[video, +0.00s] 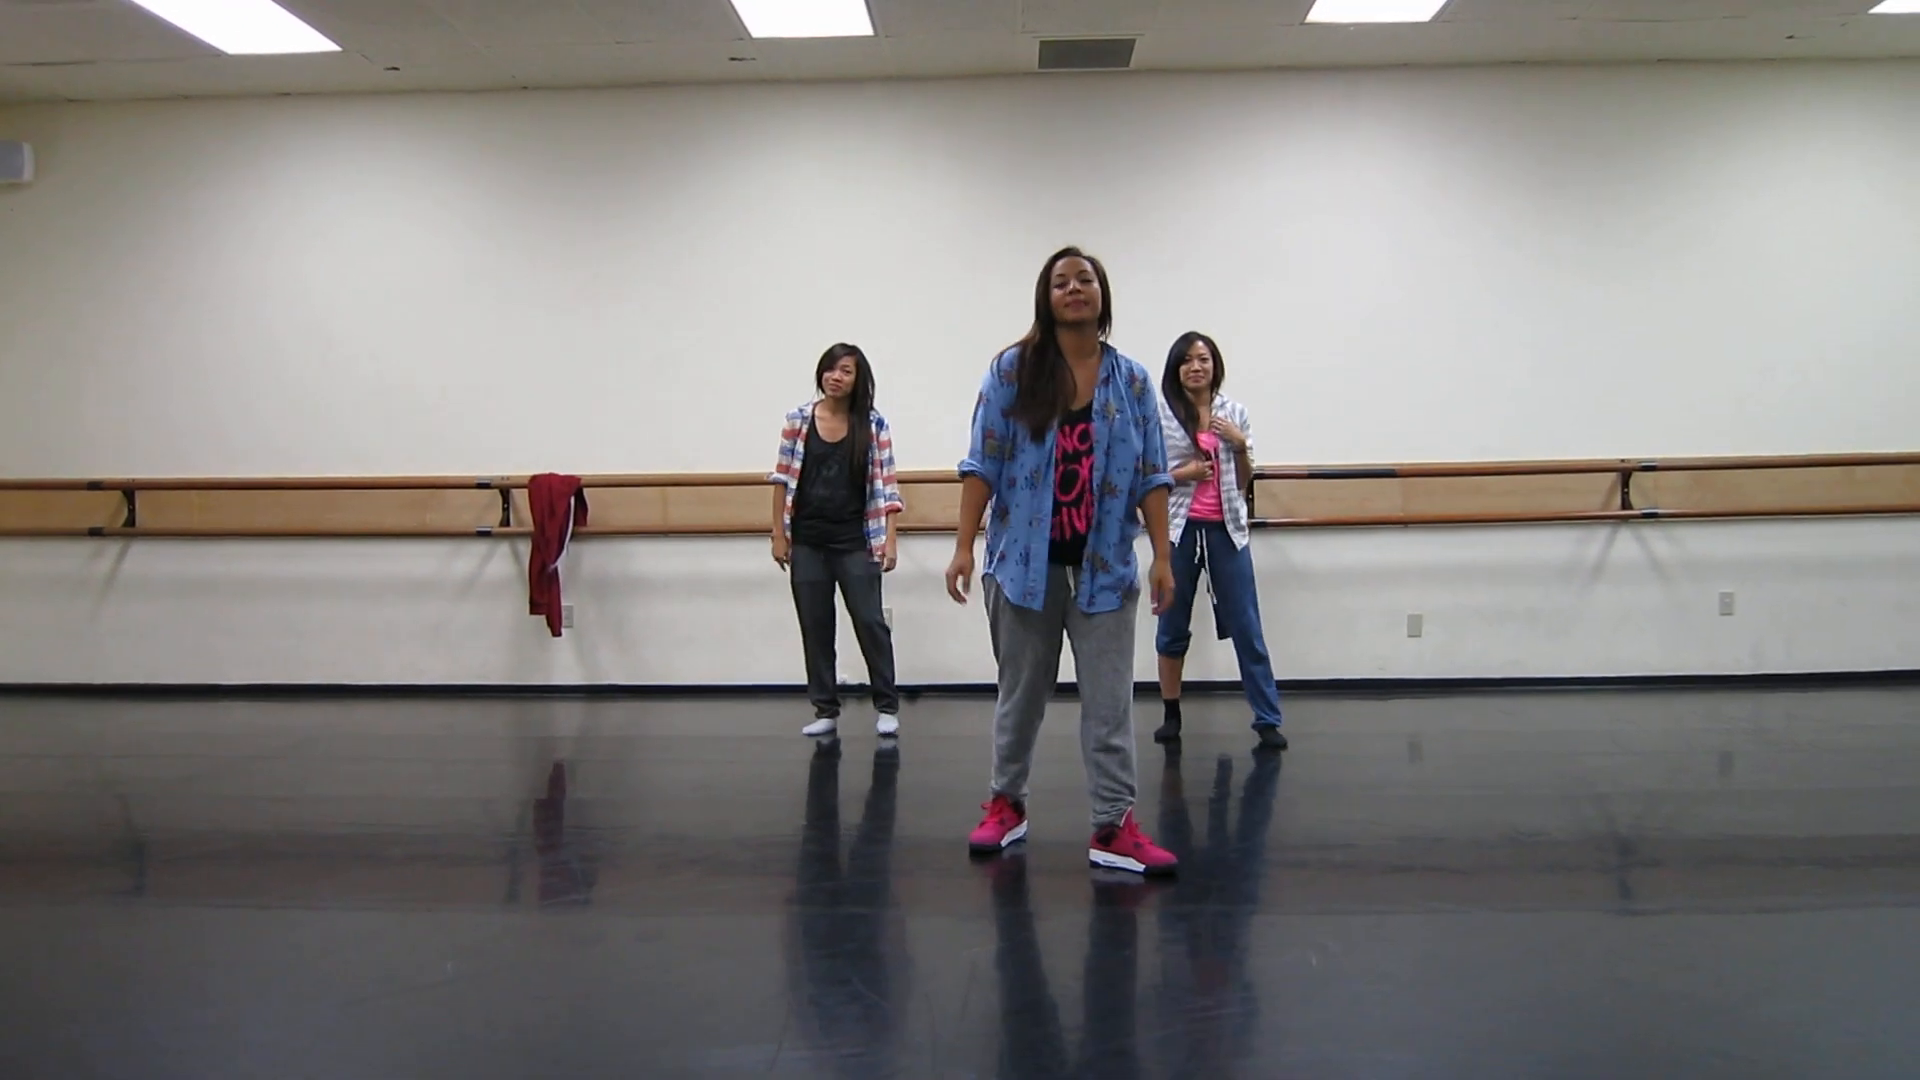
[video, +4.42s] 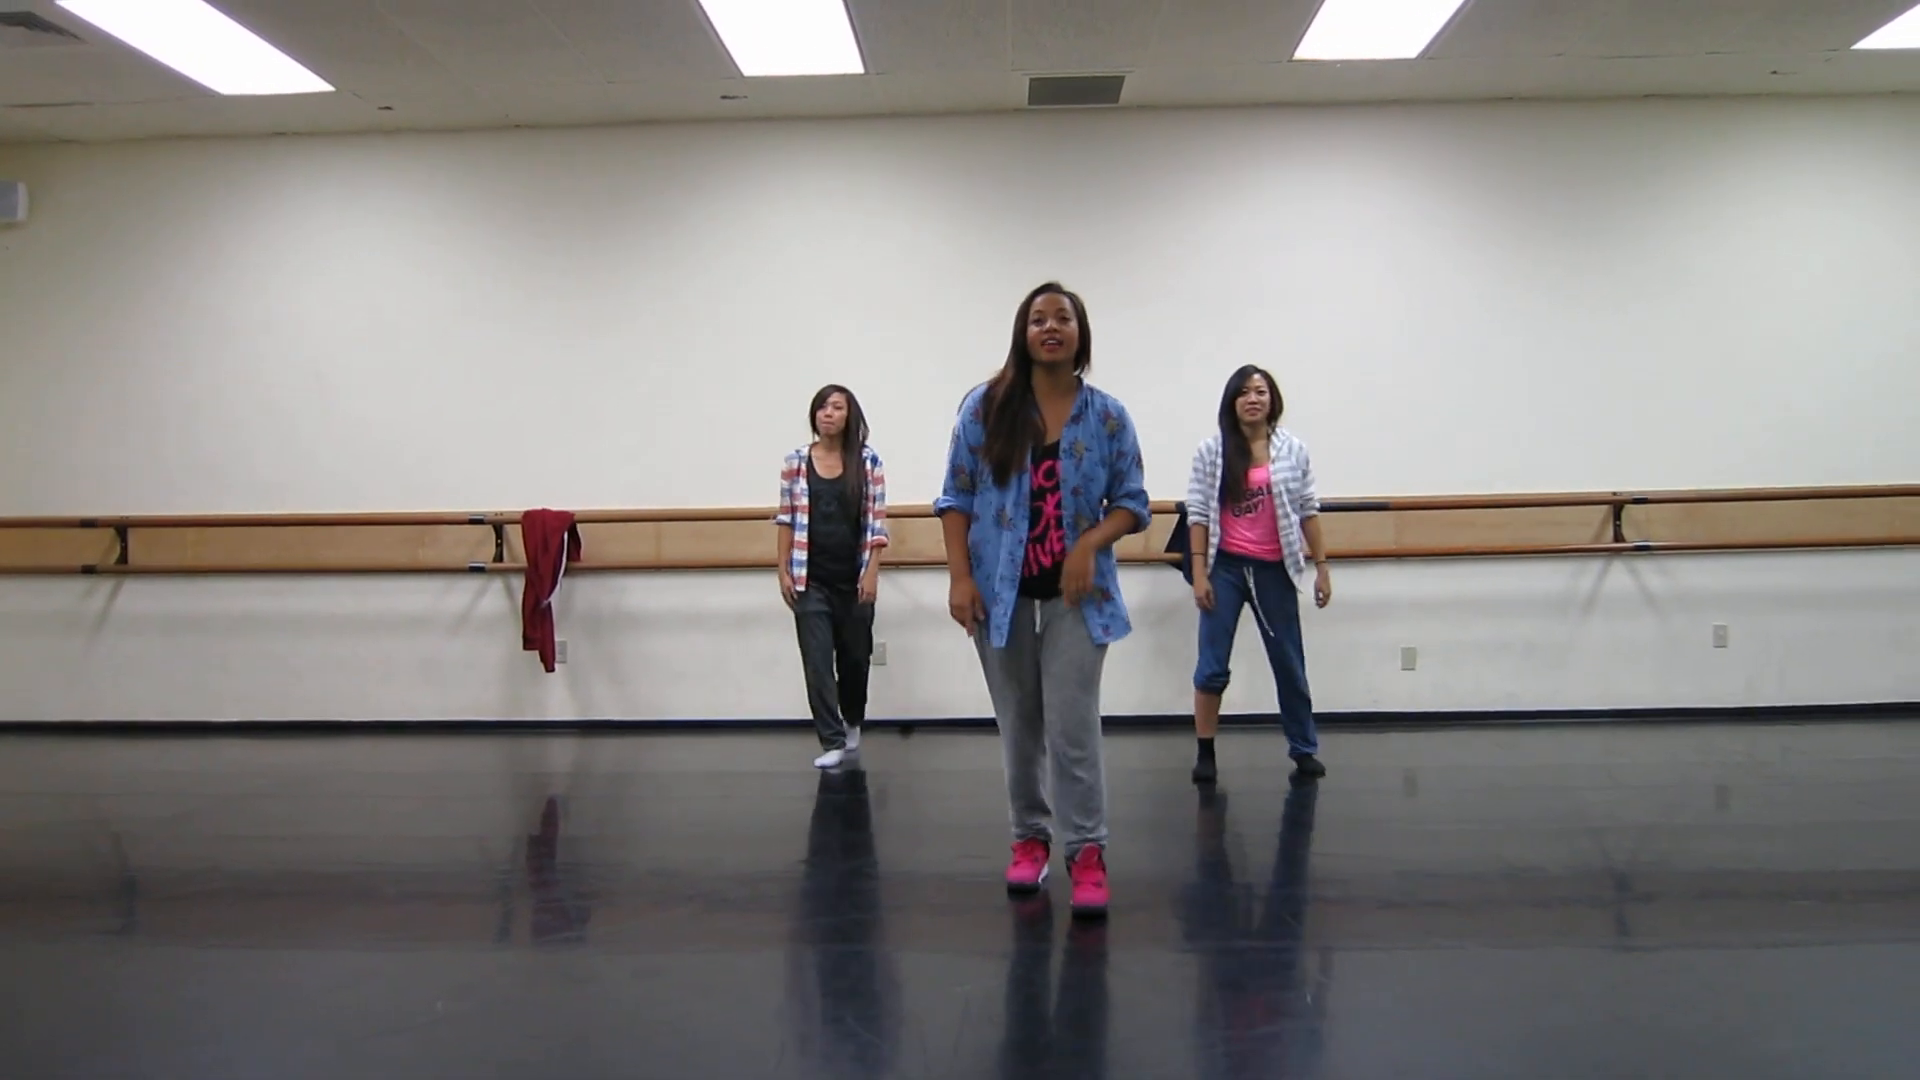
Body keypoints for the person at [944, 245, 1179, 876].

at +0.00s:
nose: (1075, 287)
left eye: (1085, 278)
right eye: (1062, 281)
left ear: (1104, 294)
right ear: (1045, 299)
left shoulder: (1131, 379)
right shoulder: (1012, 370)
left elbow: (1151, 475)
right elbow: (982, 463)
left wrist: (1161, 554)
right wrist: (964, 546)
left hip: (1105, 565)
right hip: (1024, 563)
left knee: (1110, 700)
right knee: (1020, 693)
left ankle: (1113, 826)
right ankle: (1005, 806)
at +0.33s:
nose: (1067, 302)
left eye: (1079, 293)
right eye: (1056, 293)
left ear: (1095, 307)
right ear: (1037, 306)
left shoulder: (1114, 387)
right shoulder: (1001, 375)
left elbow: (1115, 486)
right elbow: (996, 472)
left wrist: (1079, 557)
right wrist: (1058, 526)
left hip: (1081, 567)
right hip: (1002, 565)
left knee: (1091, 709)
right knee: (1000, 701)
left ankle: (1098, 833)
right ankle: (991, 813)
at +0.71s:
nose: (1014, 313)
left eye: (1024, 303)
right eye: (1003, 305)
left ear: (1044, 313)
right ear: (987, 317)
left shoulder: (1070, 389)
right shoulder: (959, 384)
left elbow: (1069, 482)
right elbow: (953, 466)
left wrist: (1038, 557)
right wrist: (998, 507)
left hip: (1043, 565)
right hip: (968, 568)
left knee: (1058, 703)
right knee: (979, 702)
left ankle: (1082, 827)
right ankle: (986, 816)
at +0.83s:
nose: (1002, 313)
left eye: (1013, 303)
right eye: (990, 306)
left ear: (1033, 314)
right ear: (975, 319)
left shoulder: (1062, 389)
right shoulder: (949, 387)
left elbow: (1082, 482)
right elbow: (915, 462)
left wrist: (1097, 559)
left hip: (1038, 572)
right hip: (961, 573)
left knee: (1054, 701)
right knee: (977, 701)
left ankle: (1081, 824)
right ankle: (985, 815)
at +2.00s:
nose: (980, 333)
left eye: (986, 320)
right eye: (966, 330)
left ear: (1009, 326)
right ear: (958, 349)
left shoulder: (1053, 391)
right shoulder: (951, 413)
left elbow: (1056, 477)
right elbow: (931, 500)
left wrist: (1011, 535)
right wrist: (915, 579)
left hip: (1051, 574)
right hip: (976, 580)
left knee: (1073, 700)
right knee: (987, 707)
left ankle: (1061, 789)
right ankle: (997, 823)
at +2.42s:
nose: (1052, 350)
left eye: (1061, 338)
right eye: (1039, 342)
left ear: (1079, 344)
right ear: (1024, 352)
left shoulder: (1110, 413)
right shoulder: (1001, 416)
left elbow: (1131, 496)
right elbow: (987, 502)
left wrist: (1077, 531)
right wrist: (1002, 569)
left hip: (1087, 584)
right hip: (1018, 585)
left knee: (1079, 707)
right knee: (1012, 711)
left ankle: (1077, 808)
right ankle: (1001, 823)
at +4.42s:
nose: (1051, 327)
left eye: (1062, 318)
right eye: (1039, 318)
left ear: (1081, 332)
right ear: (1021, 333)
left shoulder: (1106, 414)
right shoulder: (985, 406)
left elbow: (1131, 505)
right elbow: (955, 498)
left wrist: (1088, 542)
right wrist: (961, 576)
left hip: (1074, 598)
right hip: (1001, 600)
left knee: (1072, 729)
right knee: (1019, 730)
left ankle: (1086, 854)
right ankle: (1030, 841)